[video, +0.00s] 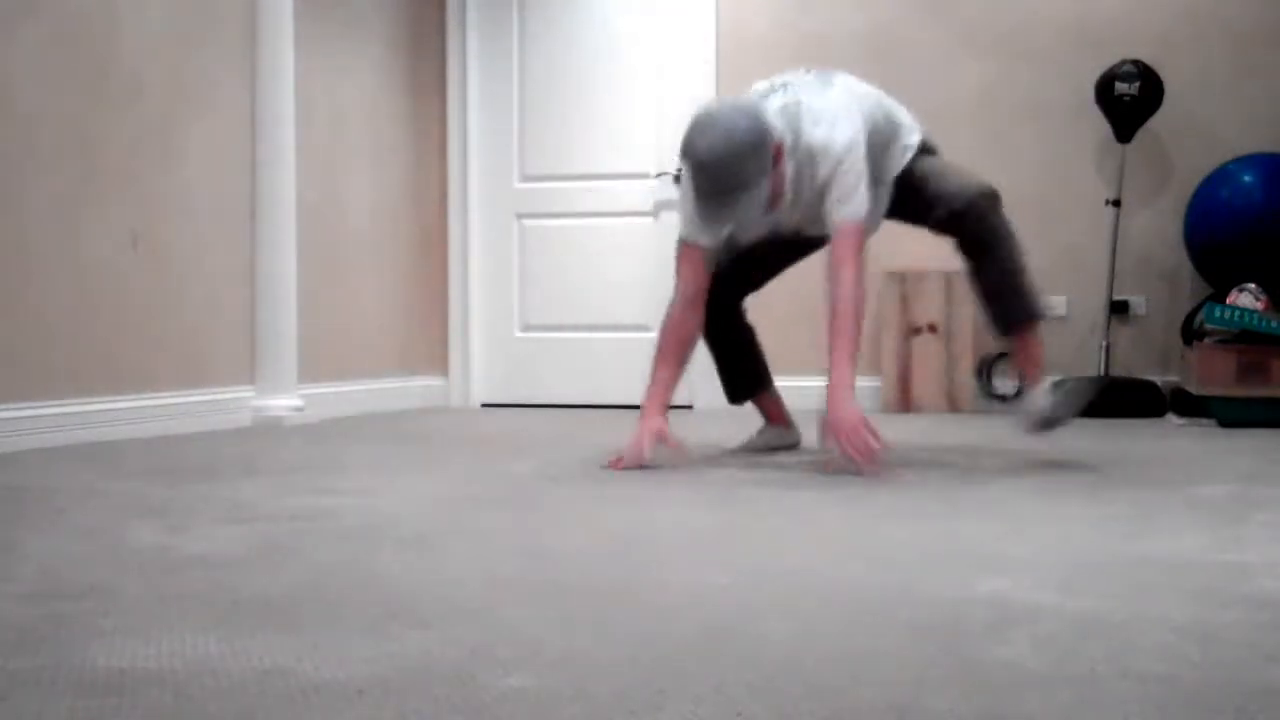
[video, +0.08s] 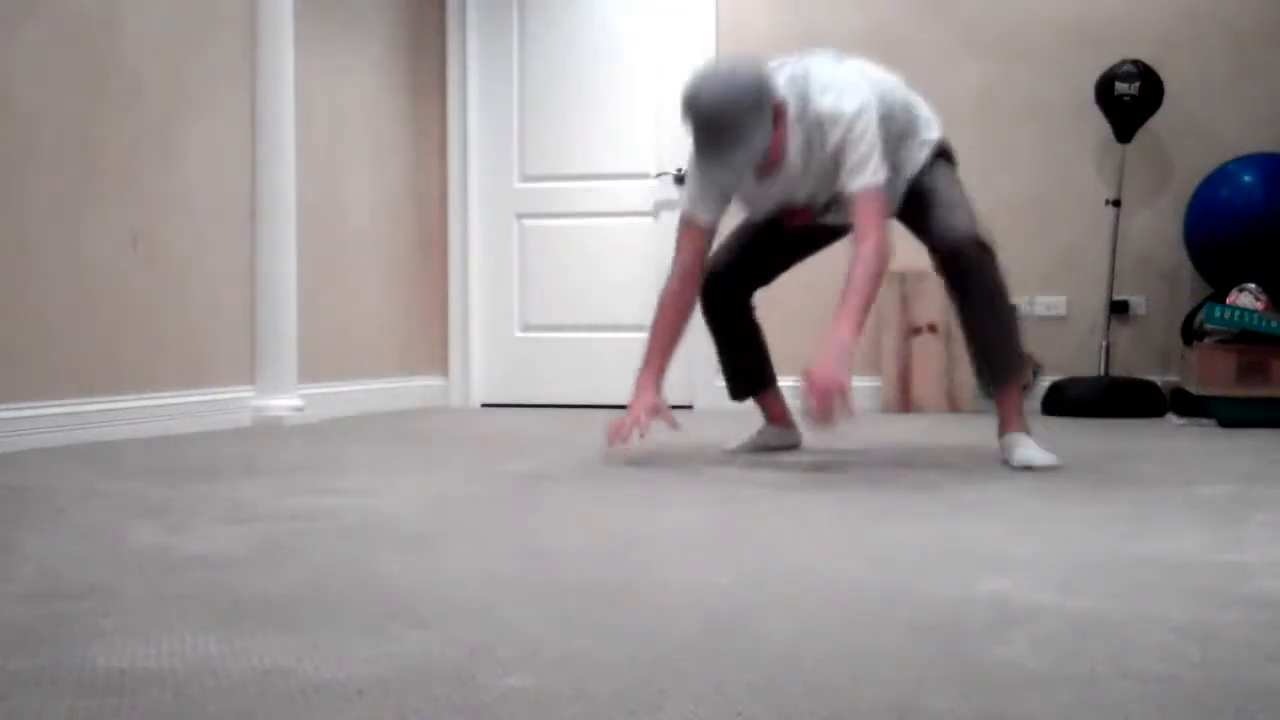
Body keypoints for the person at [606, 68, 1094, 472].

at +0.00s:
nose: (739, 221)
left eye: (749, 205)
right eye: (723, 208)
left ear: (776, 161)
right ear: (696, 173)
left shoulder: (837, 140)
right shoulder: (704, 170)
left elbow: (846, 277)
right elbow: (689, 296)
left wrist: (841, 400)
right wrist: (653, 414)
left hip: (892, 170)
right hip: (809, 204)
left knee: (974, 202)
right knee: (712, 293)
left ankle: (1035, 383)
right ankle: (777, 423)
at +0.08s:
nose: (748, 169)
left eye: (756, 154)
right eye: (731, 162)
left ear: (778, 117)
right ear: (706, 136)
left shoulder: (847, 107)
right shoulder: (714, 147)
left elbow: (872, 242)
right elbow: (686, 274)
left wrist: (837, 353)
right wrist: (648, 384)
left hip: (906, 170)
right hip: (818, 195)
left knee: (965, 248)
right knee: (720, 284)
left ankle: (1015, 430)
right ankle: (778, 425)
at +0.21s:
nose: (752, 80)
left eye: (760, 62)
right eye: (737, 67)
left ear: (788, 31)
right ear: (718, 56)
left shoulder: (865, 55)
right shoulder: (726, 87)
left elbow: (890, 202)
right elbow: (701, 211)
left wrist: (845, 312)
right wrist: (660, 316)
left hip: (919, 148)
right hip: (834, 172)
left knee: (971, 249)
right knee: (732, 278)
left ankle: (1014, 429)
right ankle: (780, 426)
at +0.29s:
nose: (761, 10)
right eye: (748, 3)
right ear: (737, 4)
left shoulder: (872, 16)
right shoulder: (734, 45)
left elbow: (889, 153)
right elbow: (722, 151)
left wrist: (866, 279)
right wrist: (693, 241)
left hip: (924, 130)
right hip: (842, 148)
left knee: (975, 245)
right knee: (743, 273)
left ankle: (1015, 430)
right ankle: (780, 424)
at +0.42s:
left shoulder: (882, 3)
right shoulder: (739, 5)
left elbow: (893, 87)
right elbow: (752, 74)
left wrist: (898, 217)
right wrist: (750, 134)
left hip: (924, 110)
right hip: (838, 123)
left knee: (973, 244)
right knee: (748, 268)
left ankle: (1014, 428)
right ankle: (781, 423)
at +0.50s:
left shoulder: (884, 3)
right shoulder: (743, 2)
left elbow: (902, 78)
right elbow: (759, 48)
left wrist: (909, 185)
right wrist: (770, 102)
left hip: (915, 108)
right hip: (827, 120)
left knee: (968, 245)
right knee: (745, 269)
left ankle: (1014, 428)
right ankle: (782, 423)